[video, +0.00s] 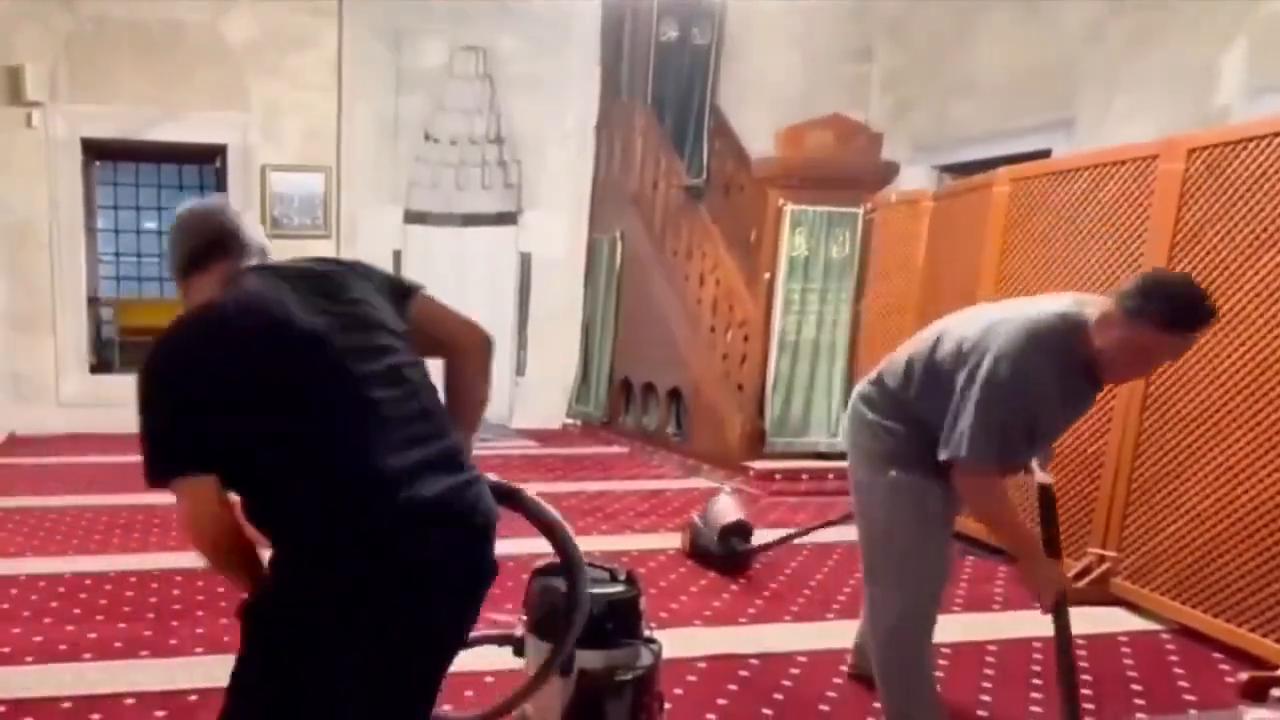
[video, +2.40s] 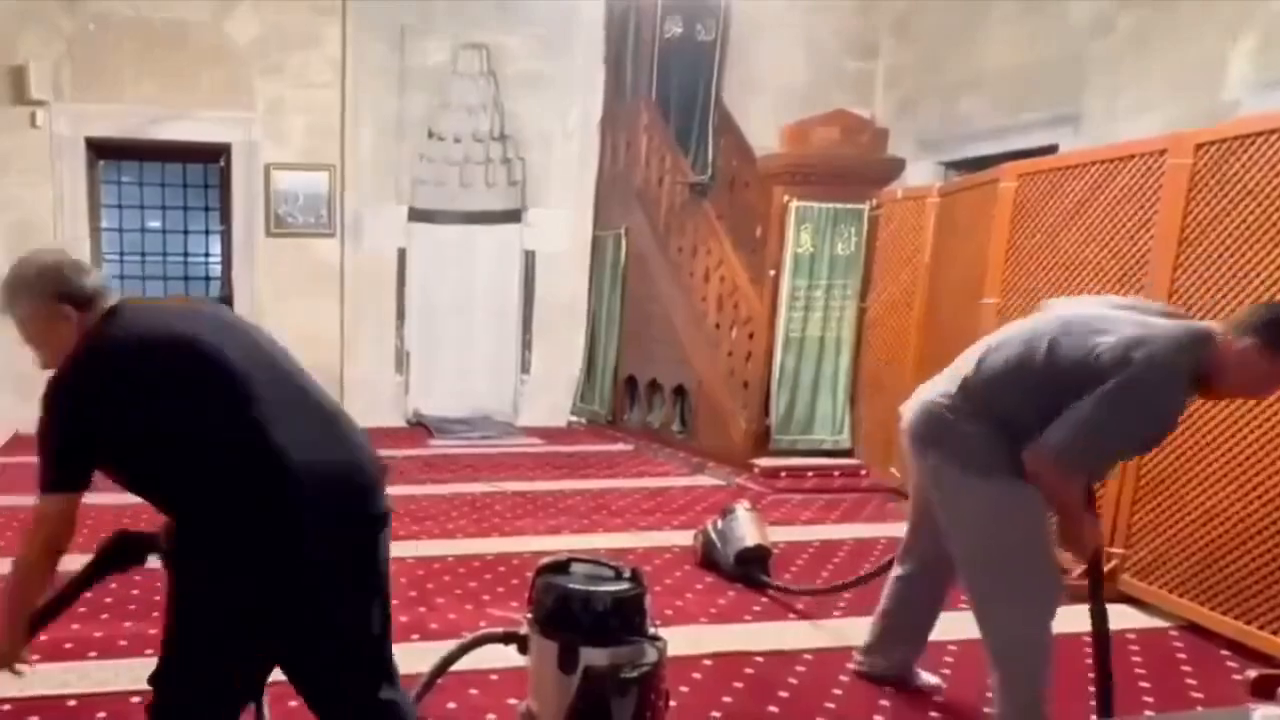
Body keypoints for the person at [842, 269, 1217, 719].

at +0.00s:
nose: (1147, 372)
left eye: (1160, 362)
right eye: (1147, 354)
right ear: (1116, 326)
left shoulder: (1094, 341)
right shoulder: (1020, 349)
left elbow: (1042, 393)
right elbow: (975, 479)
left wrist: (1032, 448)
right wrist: (1034, 563)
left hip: (945, 437)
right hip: (894, 428)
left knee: (921, 564)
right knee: (905, 588)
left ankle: (872, 656)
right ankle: (912, 708)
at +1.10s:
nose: (1146, 423)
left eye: (1161, 415)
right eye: (1149, 406)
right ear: (1121, 369)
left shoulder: (1104, 365)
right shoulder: (1029, 382)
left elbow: (1050, 424)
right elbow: (977, 510)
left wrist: (1042, 473)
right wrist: (1029, 604)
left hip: (943, 432)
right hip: (889, 429)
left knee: (919, 560)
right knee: (918, 579)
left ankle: (874, 656)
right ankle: (911, 706)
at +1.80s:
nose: (1174, 364)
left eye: (1184, 354)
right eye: (1177, 348)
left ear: (1138, 317)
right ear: (1143, 320)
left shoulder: (1097, 345)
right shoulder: (1054, 340)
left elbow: (1017, 419)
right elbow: (970, 454)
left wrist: (1013, 475)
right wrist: (1011, 528)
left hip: (935, 428)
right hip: (896, 421)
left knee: (923, 562)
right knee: (903, 580)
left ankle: (880, 655)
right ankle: (907, 707)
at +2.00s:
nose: (1189, 347)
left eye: (1199, 335)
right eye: (1191, 330)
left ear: (1146, 302)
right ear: (1157, 308)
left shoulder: (1095, 327)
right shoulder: (1074, 339)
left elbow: (1012, 432)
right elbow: (994, 447)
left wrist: (1022, 513)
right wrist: (1025, 520)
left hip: (916, 421)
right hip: (914, 430)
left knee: (918, 548)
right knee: (969, 565)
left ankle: (882, 655)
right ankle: (923, 707)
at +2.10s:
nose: (1199, 351)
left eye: (1210, 340)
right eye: (1199, 333)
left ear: (1154, 306)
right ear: (1159, 307)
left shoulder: (1103, 322)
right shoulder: (1089, 346)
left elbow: (1013, 427)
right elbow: (1006, 447)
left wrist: (1029, 507)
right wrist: (1035, 522)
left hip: (914, 419)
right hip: (928, 435)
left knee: (929, 550)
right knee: (991, 575)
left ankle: (884, 657)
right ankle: (955, 709)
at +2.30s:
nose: (1238, 388)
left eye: (1252, 379)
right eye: (1247, 370)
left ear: (1215, 325)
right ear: (1224, 334)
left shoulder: (1136, 325)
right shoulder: (1133, 369)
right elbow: (1026, 459)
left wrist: (1060, 498)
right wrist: (1063, 524)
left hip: (925, 418)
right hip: (960, 446)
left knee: (928, 562)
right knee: (1019, 598)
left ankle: (884, 657)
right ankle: (1022, 714)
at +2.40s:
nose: (1260, 393)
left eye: (1270, 383)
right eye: (1269, 378)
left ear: (1243, 337)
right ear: (1248, 348)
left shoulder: (1170, 331)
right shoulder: (1160, 375)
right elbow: (1048, 463)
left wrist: (1080, 487)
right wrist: (1082, 533)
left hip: (936, 415)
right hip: (971, 442)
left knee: (927, 559)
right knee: (1026, 597)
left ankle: (884, 658)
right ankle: (1021, 712)